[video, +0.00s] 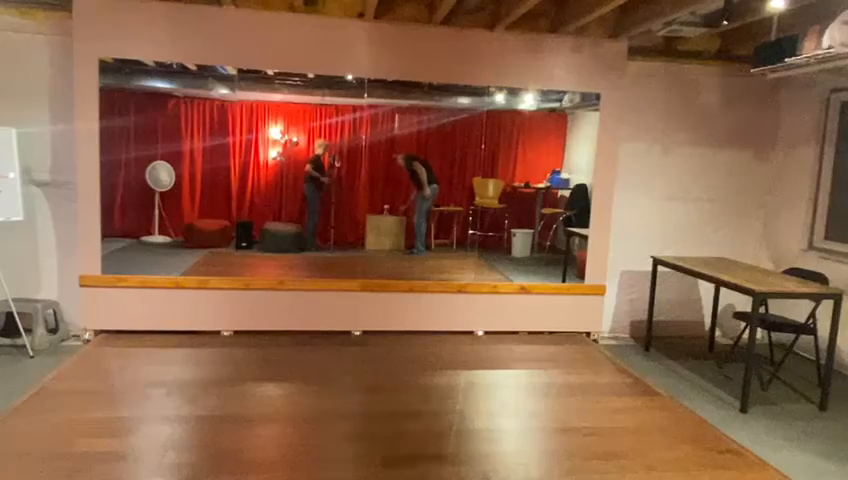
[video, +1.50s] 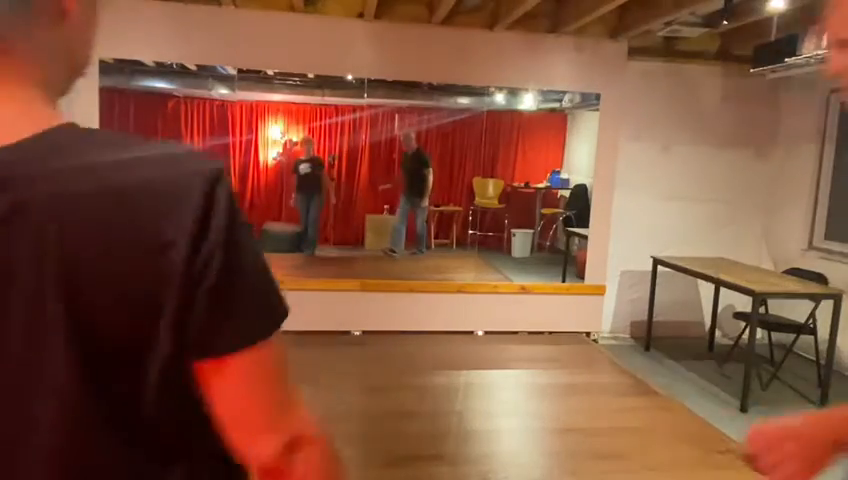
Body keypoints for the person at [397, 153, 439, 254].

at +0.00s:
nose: (399, 163)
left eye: (399, 160)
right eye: (398, 161)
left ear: (403, 158)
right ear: (402, 159)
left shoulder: (410, 161)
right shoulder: (411, 166)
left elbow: (421, 170)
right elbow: (417, 189)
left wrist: (426, 187)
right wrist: (407, 205)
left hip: (429, 187)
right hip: (428, 187)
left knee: (420, 217)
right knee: (421, 217)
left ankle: (420, 247)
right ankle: (420, 246)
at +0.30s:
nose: (399, 163)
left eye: (399, 160)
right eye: (398, 161)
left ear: (403, 158)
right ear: (403, 159)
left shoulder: (412, 161)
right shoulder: (411, 166)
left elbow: (423, 171)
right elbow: (419, 187)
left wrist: (427, 187)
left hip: (431, 186)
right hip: (426, 187)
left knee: (421, 217)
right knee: (421, 217)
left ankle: (420, 246)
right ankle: (420, 246)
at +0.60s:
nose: (398, 158)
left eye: (399, 155)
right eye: (397, 156)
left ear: (404, 154)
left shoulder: (413, 160)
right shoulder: (411, 164)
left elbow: (424, 169)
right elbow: (418, 188)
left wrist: (428, 188)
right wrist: (409, 204)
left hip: (430, 188)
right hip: (425, 189)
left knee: (420, 217)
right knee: (420, 217)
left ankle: (420, 247)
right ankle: (420, 246)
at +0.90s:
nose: (402, 149)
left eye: (403, 146)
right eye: (401, 146)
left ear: (409, 145)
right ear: (408, 146)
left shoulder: (417, 157)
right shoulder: (413, 158)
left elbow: (427, 172)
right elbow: (420, 176)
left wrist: (428, 191)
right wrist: (416, 193)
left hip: (425, 193)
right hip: (421, 192)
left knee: (416, 219)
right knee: (417, 219)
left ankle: (420, 246)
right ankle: (420, 246)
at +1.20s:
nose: (407, 146)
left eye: (409, 143)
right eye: (406, 143)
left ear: (414, 141)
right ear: (407, 144)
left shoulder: (423, 154)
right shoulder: (412, 156)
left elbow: (432, 172)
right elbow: (413, 177)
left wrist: (430, 192)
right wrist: (409, 193)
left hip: (423, 192)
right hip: (414, 192)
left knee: (420, 219)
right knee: (406, 216)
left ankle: (421, 245)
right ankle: (411, 243)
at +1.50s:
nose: (405, 144)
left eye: (408, 141)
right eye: (404, 142)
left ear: (414, 141)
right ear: (402, 143)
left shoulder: (422, 156)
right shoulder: (405, 157)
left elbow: (429, 177)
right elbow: (401, 177)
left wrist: (426, 197)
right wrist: (388, 186)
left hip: (420, 195)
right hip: (407, 193)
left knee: (420, 223)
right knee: (400, 221)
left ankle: (421, 247)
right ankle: (395, 247)